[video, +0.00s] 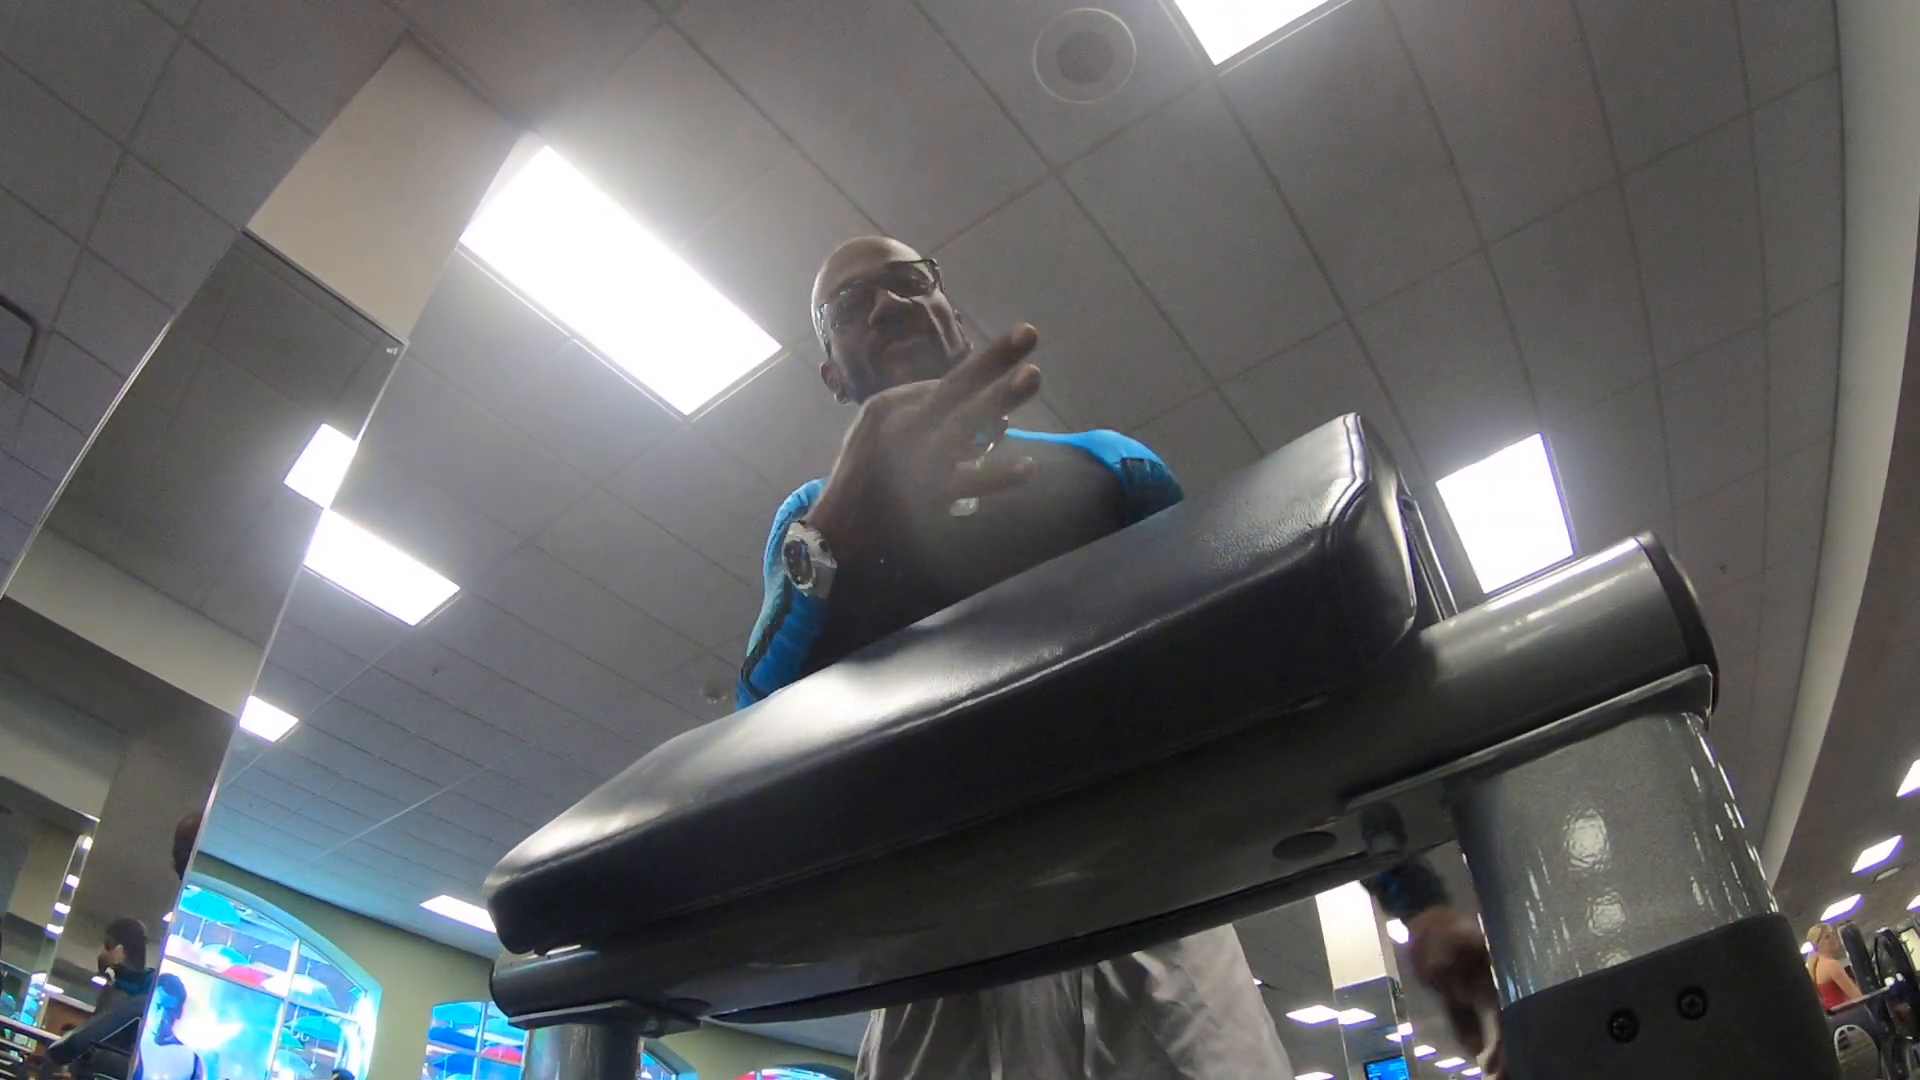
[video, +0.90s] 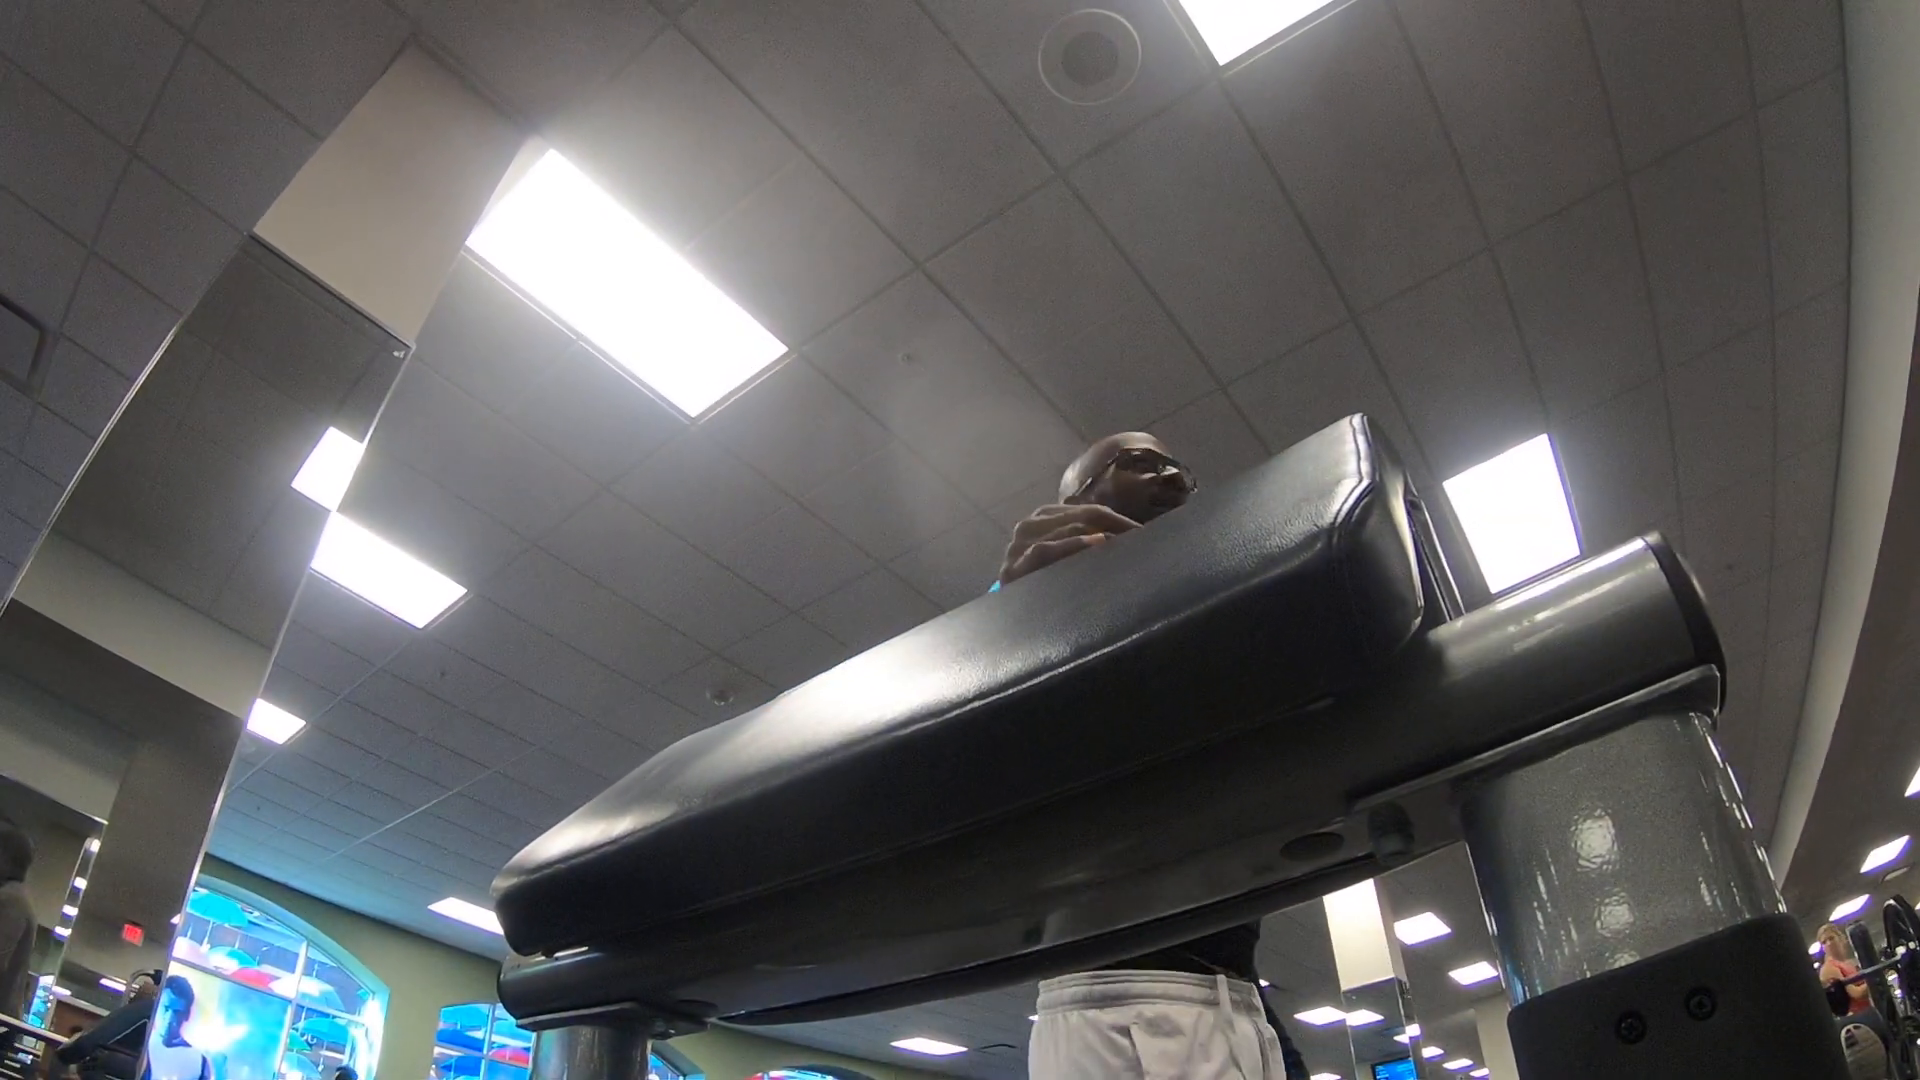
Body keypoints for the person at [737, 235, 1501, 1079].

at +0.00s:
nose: (892, 305)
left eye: (909, 285)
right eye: (853, 303)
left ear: (957, 316)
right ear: (828, 372)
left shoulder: (1107, 465)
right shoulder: (818, 523)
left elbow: (1265, 675)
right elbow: (765, 723)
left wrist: (1419, 898)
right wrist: (845, 518)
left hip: (1167, 923)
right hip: (953, 959)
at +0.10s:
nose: (934, 304)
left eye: (950, 294)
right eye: (894, 299)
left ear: (978, 340)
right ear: (843, 372)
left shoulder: (1106, 492)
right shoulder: (819, 522)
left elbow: (1232, 721)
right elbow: (762, 716)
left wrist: (1336, 974)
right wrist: (858, 565)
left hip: (1162, 962)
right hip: (949, 994)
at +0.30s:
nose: (1037, 351)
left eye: (1033, 338)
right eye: (1000, 330)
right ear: (909, 372)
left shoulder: (1090, 522)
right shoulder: (846, 521)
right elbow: (761, 693)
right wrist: (929, 567)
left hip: (1166, 936)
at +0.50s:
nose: (1106, 412)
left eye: (1101, 399)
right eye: (1079, 384)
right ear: (1001, 390)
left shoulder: (1118, 560)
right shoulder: (899, 532)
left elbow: (1159, 819)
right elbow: (783, 702)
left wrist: (1246, 1022)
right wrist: (952, 579)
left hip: (1180, 968)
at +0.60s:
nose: (1137, 454)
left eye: (1131, 434)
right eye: (1118, 424)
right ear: (1049, 415)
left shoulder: (1146, 564)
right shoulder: (930, 543)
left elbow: (1176, 834)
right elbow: (836, 705)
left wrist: (1259, 1034)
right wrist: (977, 583)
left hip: (1196, 980)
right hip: (1048, 990)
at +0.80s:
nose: (1174, 472)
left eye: (1168, 460)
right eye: (1141, 452)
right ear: (1067, 481)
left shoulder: (1196, 567)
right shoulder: (997, 574)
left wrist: (1283, 1056)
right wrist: (1001, 578)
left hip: (1228, 991)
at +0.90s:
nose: (1179, 475)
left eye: (1178, 467)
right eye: (1140, 461)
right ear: (1074, 505)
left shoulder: (1228, 587)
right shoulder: (1059, 598)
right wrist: (1010, 597)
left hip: (1237, 999)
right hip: (1104, 1004)